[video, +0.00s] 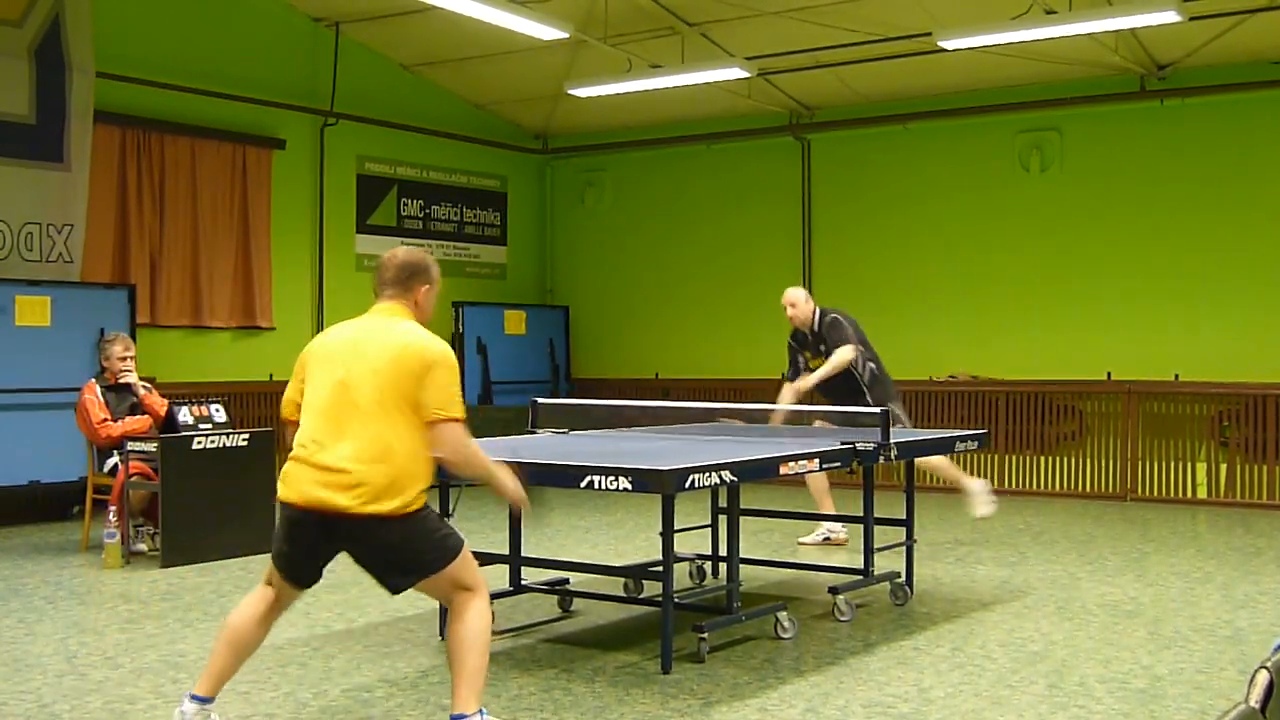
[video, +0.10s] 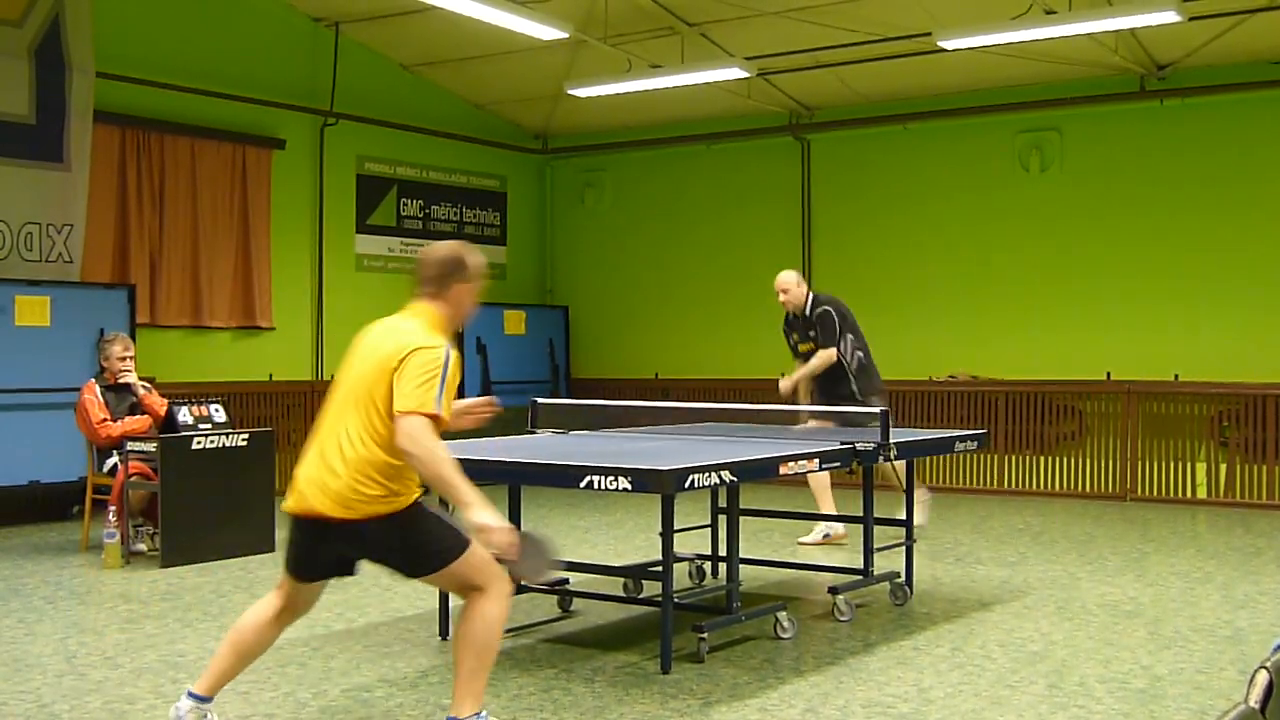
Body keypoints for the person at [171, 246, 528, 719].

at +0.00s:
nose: (435, 301)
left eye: (435, 292)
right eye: (435, 292)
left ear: (379, 290)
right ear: (421, 293)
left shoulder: (324, 341)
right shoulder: (430, 350)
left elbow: (292, 419)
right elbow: (447, 442)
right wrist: (497, 475)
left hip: (305, 499)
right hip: (384, 508)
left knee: (272, 591)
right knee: (468, 592)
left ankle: (198, 700)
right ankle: (467, 713)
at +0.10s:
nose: (478, 297)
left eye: (479, 286)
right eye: (476, 286)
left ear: (429, 283)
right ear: (457, 287)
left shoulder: (377, 331)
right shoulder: (431, 346)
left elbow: (365, 407)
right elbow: (413, 435)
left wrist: (440, 416)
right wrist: (478, 511)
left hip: (315, 502)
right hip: (378, 507)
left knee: (285, 601)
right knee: (490, 584)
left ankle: (195, 700)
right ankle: (467, 714)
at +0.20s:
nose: (520, 294)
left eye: (521, 284)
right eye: (519, 283)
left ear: (473, 277)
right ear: (498, 282)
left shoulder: (429, 320)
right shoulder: (463, 336)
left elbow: (431, 399)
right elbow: (410, 412)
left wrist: (493, 407)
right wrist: (433, 491)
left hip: (343, 492)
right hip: (394, 498)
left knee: (298, 594)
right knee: (513, 584)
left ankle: (200, 694)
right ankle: (471, 713)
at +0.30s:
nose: (584, 277)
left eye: (586, 266)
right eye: (584, 265)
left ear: (540, 257)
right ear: (563, 264)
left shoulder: (520, 303)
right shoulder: (512, 311)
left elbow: (492, 375)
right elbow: (449, 379)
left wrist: (545, 402)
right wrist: (421, 474)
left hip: (405, 469)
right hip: (452, 479)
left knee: (363, 575)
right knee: (538, 593)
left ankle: (254, 666)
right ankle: (474, 715)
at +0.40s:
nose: (616, 260)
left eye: (618, 249)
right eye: (616, 248)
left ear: (574, 239)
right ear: (593, 245)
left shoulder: (538, 279)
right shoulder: (547, 293)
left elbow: (502, 366)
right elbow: (480, 368)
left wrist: (555, 406)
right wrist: (452, 468)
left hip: (449, 458)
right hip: (487, 468)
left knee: (431, 570)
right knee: (540, 591)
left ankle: (323, 656)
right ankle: (474, 714)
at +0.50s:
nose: (659, 238)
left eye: (661, 226)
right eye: (658, 224)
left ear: (615, 215)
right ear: (632, 218)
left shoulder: (571, 258)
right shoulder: (588, 269)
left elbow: (535, 352)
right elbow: (548, 360)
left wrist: (560, 437)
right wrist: (546, 466)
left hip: (507, 440)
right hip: (520, 447)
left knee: (531, 576)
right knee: (537, 584)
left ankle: (457, 669)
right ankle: (477, 709)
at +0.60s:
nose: (689, 233)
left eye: (690, 220)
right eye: (686, 219)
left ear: (647, 212)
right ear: (658, 213)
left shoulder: (593, 256)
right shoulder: (618, 266)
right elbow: (597, 371)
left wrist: (621, 445)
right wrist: (625, 464)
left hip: (575, 439)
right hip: (548, 440)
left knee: (610, 556)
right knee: (537, 579)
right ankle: (477, 710)